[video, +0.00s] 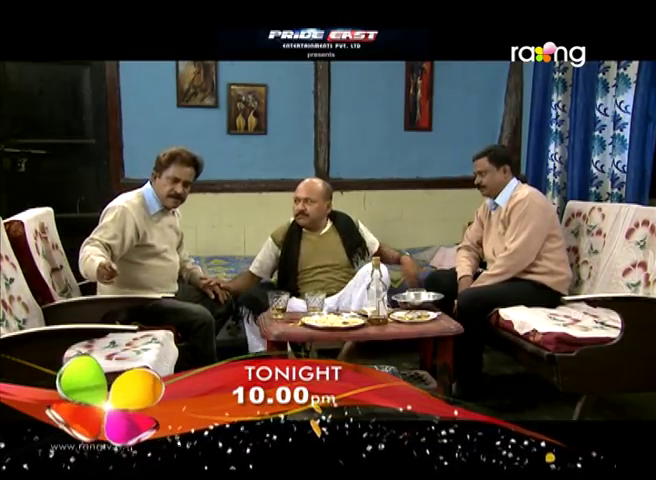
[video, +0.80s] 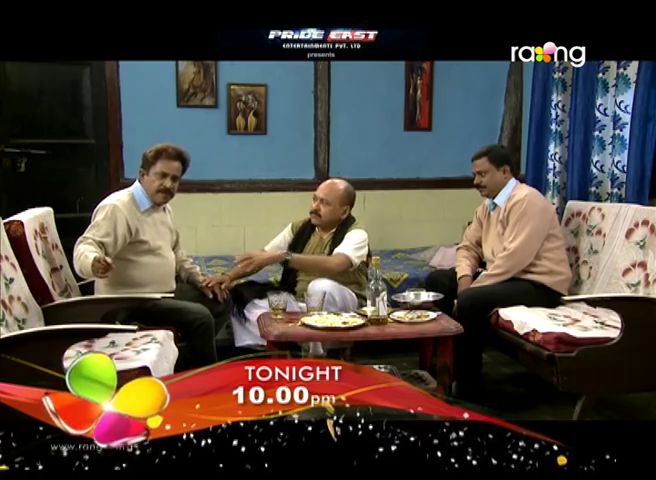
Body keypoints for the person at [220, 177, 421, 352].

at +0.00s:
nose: (300, 207)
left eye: (309, 202)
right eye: (297, 201)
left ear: (327, 207)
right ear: (293, 202)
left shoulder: (346, 224)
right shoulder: (284, 235)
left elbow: (379, 251)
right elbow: (252, 277)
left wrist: (403, 258)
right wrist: (226, 287)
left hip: (348, 300)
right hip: (300, 305)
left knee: (378, 275)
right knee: (251, 298)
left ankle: (345, 358)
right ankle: (274, 365)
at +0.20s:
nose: (306, 207)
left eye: (315, 202)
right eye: (303, 201)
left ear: (334, 207)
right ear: (300, 201)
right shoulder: (286, 233)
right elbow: (255, 271)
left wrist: (382, 243)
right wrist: (229, 288)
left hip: (339, 300)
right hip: (297, 303)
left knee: (358, 268)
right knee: (250, 296)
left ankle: (339, 351)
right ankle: (262, 364)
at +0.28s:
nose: (309, 207)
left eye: (318, 202)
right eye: (307, 200)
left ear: (337, 208)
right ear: (303, 200)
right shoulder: (289, 232)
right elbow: (256, 270)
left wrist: (369, 237)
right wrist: (229, 287)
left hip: (341, 299)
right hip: (298, 302)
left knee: (352, 268)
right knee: (249, 295)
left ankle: (335, 351)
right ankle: (265, 364)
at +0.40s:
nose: (312, 206)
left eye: (321, 202)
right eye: (310, 199)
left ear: (340, 207)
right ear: (306, 199)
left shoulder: (355, 230)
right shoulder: (292, 231)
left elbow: (382, 264)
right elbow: (259, 267)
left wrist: (347, 240)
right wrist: (228, 286)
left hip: (339, 302)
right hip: (297, 302)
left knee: (342, 270)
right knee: (248, 293)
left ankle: (330, 350)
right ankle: (264, 360)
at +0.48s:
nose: (314, 206)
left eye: (323, 201)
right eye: (312, 199)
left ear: (342, 208)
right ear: (308, 200)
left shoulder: (357, 231)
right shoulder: (294, 230)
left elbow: (369, 265)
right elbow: (260, 266)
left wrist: (331, 243)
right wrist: (228, 286)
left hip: (338, 301)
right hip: (297, 302)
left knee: (337, 272)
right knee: (248, 294)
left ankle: (333, 353)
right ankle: (266, 361)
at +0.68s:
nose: (315, 206)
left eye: (324, 202)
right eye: (315, 199)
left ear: (344, 210)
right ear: (312, 199)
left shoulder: (356, 233)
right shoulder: (298, 228)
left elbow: (351, 267)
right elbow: (262, 258)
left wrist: (301, 253)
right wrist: (228, 282)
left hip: (342, 303)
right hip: (300, 302)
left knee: (325, 282)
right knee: (246, 302)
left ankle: (320, 356)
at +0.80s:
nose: (314, 207)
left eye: (324, 203)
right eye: (315, 199)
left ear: (344, 211)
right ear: (312, 198)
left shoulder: (356, 235)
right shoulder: (299, 227)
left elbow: (336, 266)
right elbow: (262, 258)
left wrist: (283, 257)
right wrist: (229, 278)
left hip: (344, 305)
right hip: (299, 302)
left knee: (320, 288)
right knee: (245, 304)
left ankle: (318, 359)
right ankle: (273, 358)